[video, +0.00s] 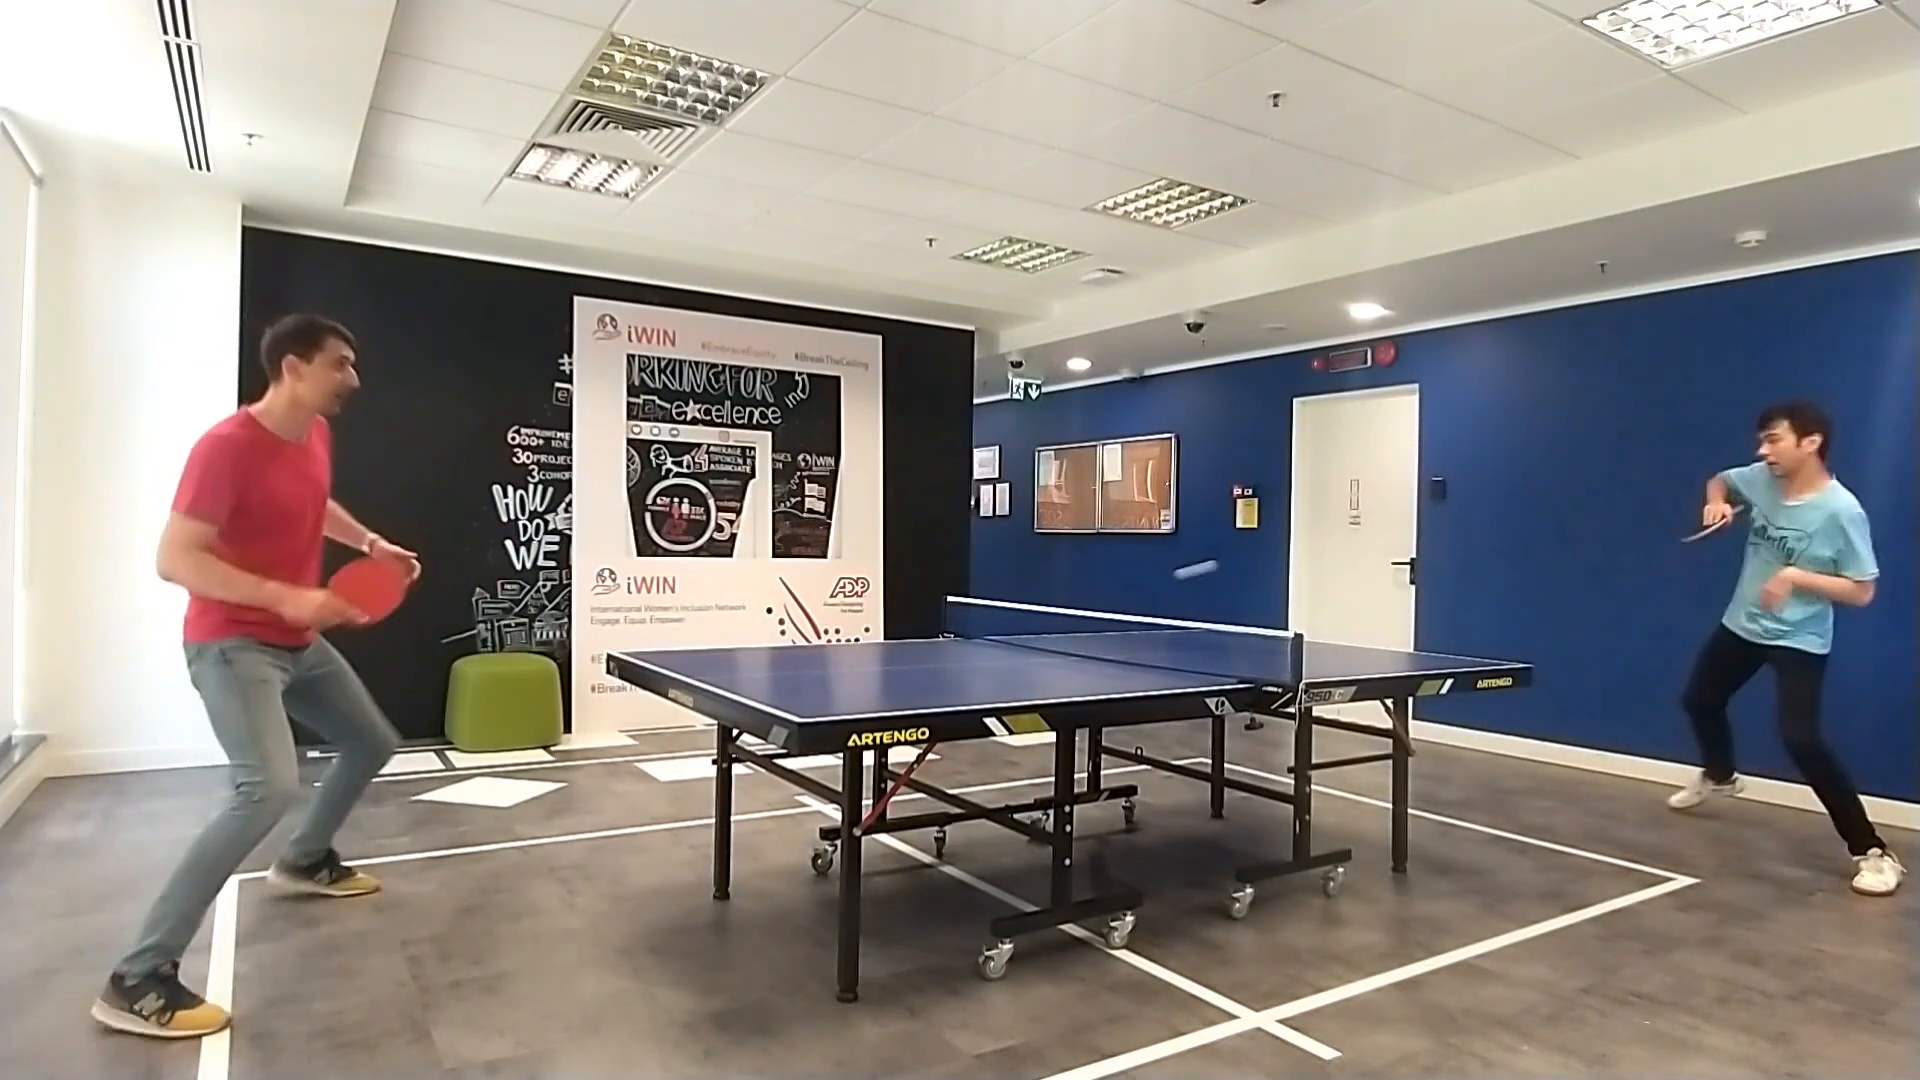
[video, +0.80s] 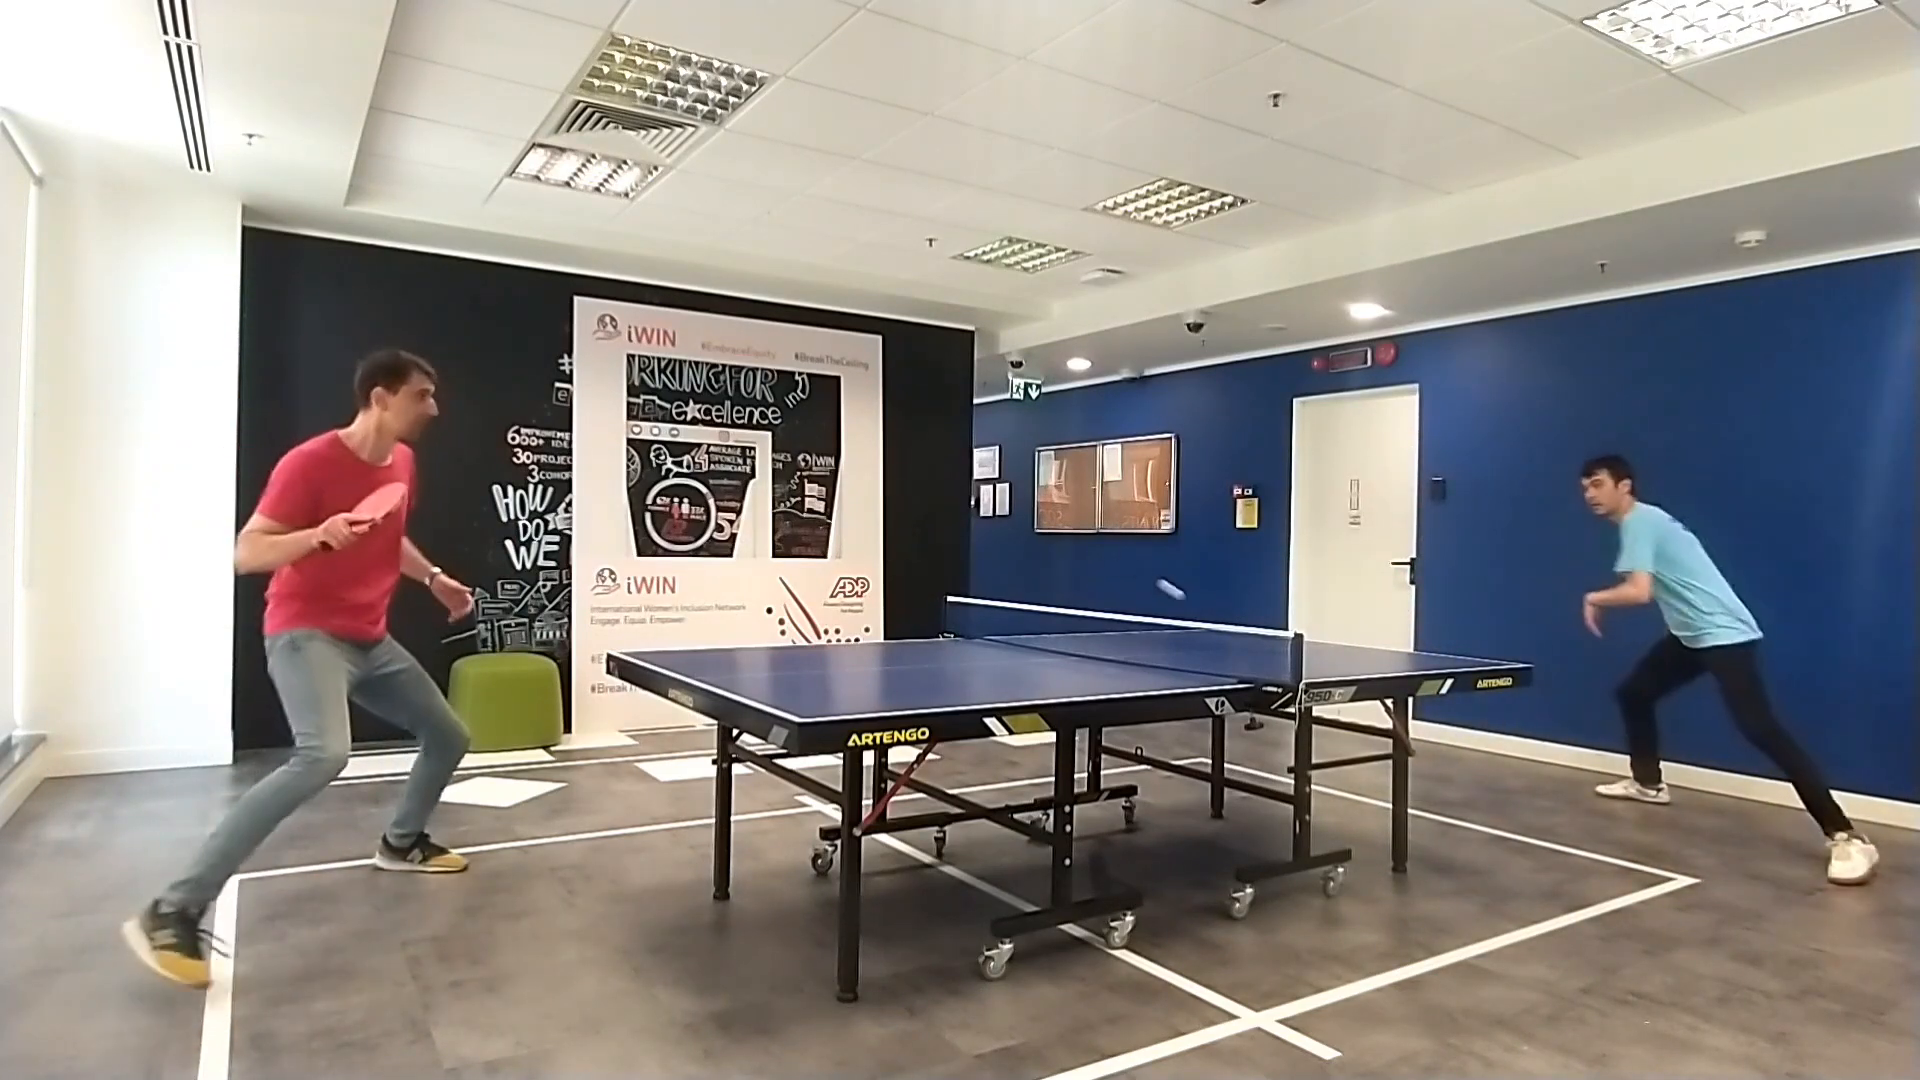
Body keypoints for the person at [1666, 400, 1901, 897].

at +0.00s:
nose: (1765, 451)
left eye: (1775, 440)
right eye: (1764, 442)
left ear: (1811, 444)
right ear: (1766, 447)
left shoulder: (1843, 510)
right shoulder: (1763, 478)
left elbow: (1862, 590)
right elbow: (1719, 482)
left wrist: (1794, 576)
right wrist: (1716, 502)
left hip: (1800, 642)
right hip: (1742, 625)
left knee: (1801, 741)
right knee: (1700, 700)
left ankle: (1871, 854)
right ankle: (1719, 777)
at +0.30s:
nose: (1763, 456)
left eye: (1775, 447)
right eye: (1761, 448)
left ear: (1808, 454)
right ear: (1758, 454)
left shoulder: (1837, 516)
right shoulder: (1754, 488)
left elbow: (1867, 588)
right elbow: (1727, 521)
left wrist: (1803, 603)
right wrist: (1692, 554)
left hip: (1811, 637)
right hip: (1751, 622)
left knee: (1819, 730)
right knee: (1695, 689)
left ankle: (1875, 852)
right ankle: (1667, 761)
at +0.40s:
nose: (1737, 468)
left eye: (1747, 459)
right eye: (1732, 461)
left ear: (1779, 465)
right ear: (1730, 469)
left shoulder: (1812, 525)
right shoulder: (1733, 506)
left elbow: (1840, 598)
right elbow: (1724, 542)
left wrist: (1776, 620)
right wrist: (1681, 577)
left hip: (1800, 645)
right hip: (1741, 632)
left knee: (1812, 732)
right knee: (1683, 694)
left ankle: (1874, 852)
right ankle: (1645, 765)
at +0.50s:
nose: (1696, 479)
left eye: (1706, 469)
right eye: (1693, 472)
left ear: (1738, 475)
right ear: (1693, 480)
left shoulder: (1770, 531)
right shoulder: (1706, 521)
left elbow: (1790, 606)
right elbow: (1710, 569)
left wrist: (1722, 623)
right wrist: (1667, 601)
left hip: (1779, 651)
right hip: (1730, 646)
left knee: (1798, 736)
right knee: (1660, 704)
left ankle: (1873, 854)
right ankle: (1648, 783)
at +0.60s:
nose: (1653, 489)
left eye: (1662, 479)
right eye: (1650, 482)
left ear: (1692, 484)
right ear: (1651, 490)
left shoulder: (1720, 533)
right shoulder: (1679, 536)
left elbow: (1733, 607)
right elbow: (1692, 595)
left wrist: (1669, 621)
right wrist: (1654, 624)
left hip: (1756, 653)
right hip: (1711, 650)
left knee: (1777, 740)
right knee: (1637, 701)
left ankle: (1869, 855)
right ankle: (1647, 784)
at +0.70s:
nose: (1616, 492)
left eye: (1625, 483)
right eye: (1613, 486)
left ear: (1653, 487)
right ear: (1616, 494)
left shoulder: (1675, 528)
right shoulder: (1653, 536)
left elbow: (1685, 598)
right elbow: (1680, 599)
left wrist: (1627, 611)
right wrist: (1653, 640)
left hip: (1735, 646)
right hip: (1697, 645)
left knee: (1770, 737)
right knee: (1630, 696)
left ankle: (1857, 849)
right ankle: (1646, 784)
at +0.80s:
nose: (1589, 495)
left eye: (1596, 485)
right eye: (1585, 488)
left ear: (1624, 486)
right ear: (1601, 493)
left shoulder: (1641, 521)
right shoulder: (1637, 523)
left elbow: (1639, 590)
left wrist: (1593, 598)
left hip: (1726, 635)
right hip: (1691, 635)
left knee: (1760, 728)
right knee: (1634, 694)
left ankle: (1846, 839)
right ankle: (1646, 783)